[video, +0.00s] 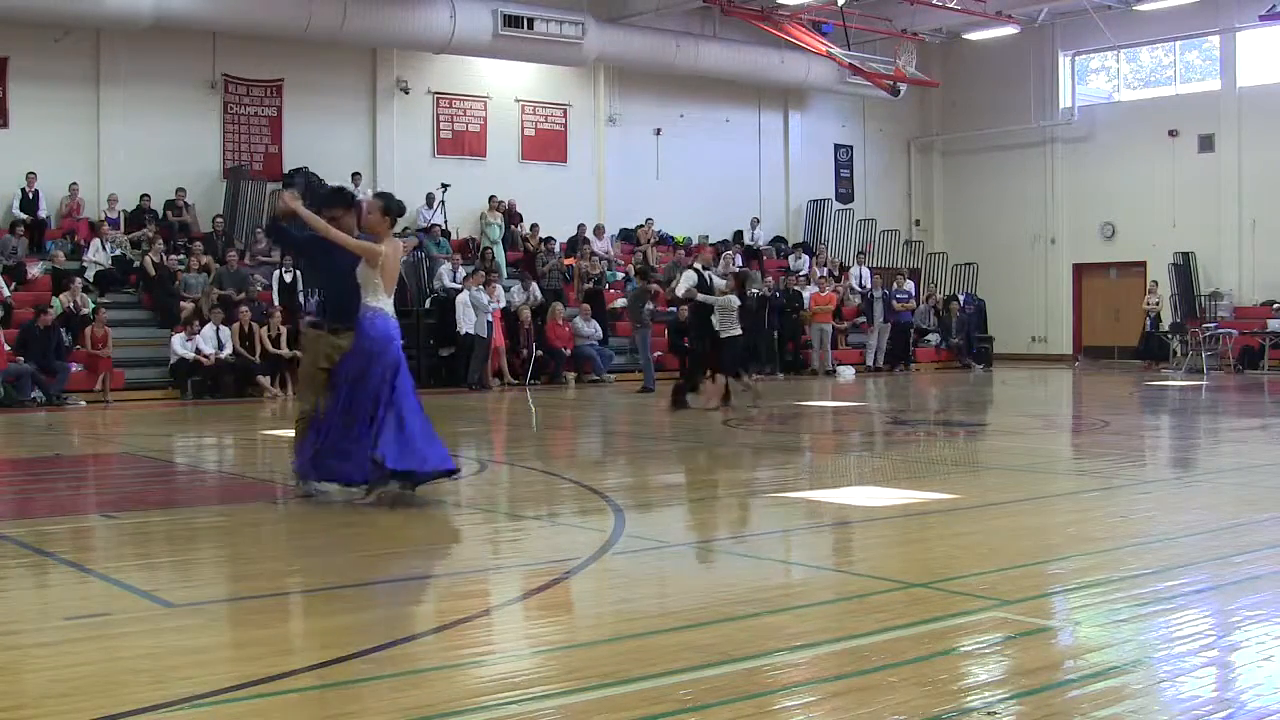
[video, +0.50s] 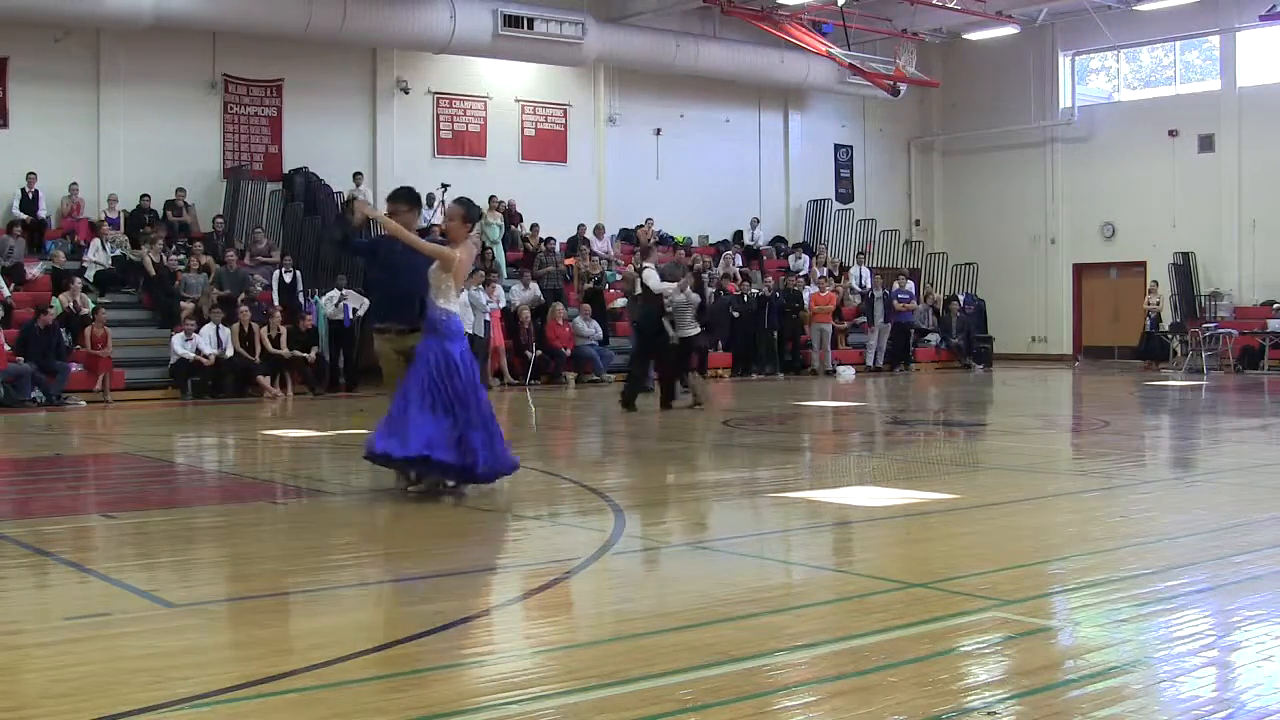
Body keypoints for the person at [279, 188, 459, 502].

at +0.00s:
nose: (363, 217)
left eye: (369, 213)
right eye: (364, 212)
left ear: (386, 219)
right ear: (387, 220)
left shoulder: (377, 250)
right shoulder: (396, 246)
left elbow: (331, 232)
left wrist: (298, 208)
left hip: (373, 328)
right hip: (388, 327)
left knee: (347, 392)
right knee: (389, 397)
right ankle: (406, 466)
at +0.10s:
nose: (381, 221)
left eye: (386, 216)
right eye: (382, 215)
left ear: (403, 221)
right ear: (404, 222)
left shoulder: (393, 254)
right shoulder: (411, 249)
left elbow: (349, 236)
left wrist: (315, 210)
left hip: (388, 331)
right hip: (401, 329)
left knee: (369, 397)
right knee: (407, 397)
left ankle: (371, 471)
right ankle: (426, 467)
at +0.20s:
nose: (400, 220)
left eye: (406, 215)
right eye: (401, 214)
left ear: (421, 222)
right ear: (417, 221)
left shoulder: (413, 252)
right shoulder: (422, 246)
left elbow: (365, 237)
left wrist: (327, 209)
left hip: (409, 331)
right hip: (413, 328)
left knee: (385, 393)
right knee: (414, 397)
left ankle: (384, 472)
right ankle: (429, 467)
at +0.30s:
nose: (416, 220)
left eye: (422, 215)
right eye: (417, 214)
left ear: (438, 222)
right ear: (437, 224)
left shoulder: (428, 253)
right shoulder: (437, 246)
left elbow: (379, 235)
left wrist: (342, 207)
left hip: (425, 329)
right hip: (426, 326)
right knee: (426, 394)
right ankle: (429, 461)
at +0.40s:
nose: (432, 221)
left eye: (438, 216)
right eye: (433, 216)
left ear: (453, 223)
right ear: (449, 224)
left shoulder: (442, 253)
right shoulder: (450, 247)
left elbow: (398, 235)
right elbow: (402, 234)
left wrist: (363, 207)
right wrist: (365, 206)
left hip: (436, 330)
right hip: (435, 327)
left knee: (405, 384)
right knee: (439, 393)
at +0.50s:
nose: (444, 224)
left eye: (450, 219)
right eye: (445, 218)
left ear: (465, 225)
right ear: (465, 225)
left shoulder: (451, 255)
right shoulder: (469, 247)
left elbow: (410, 238)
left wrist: (375, 214)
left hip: (442, 333)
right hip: (451, 330)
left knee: (427, 396)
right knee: (451, 398)